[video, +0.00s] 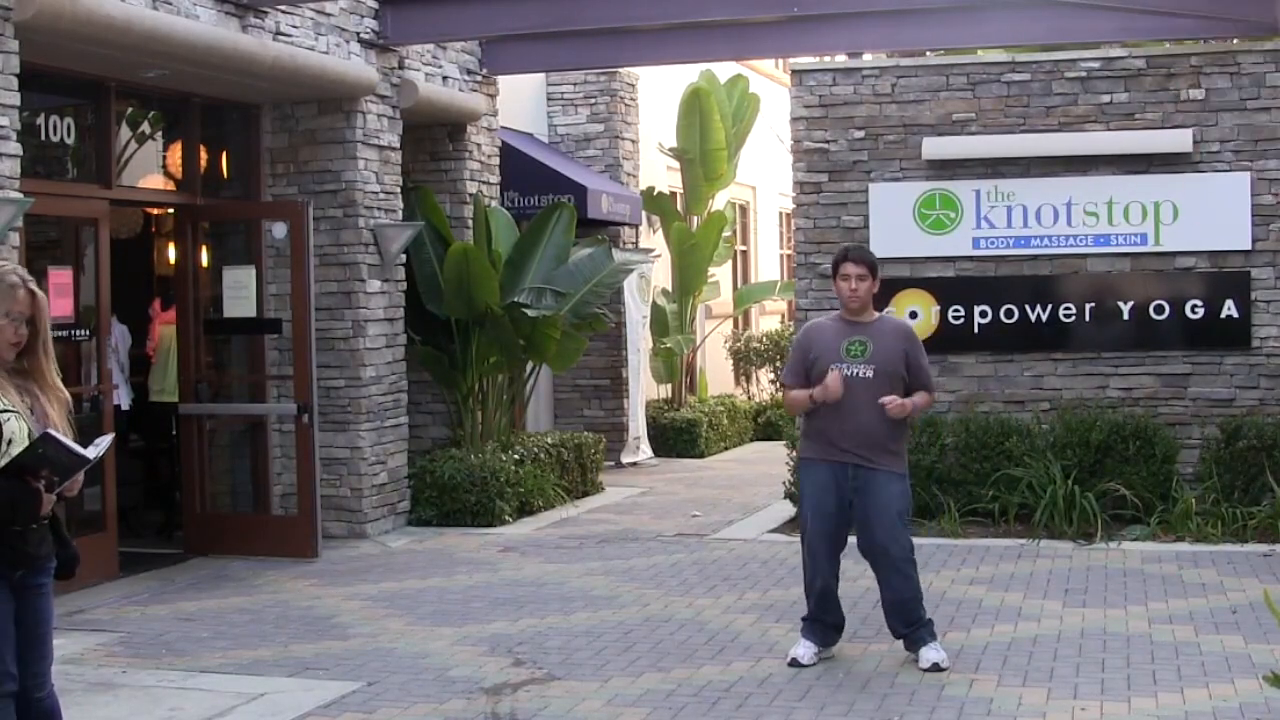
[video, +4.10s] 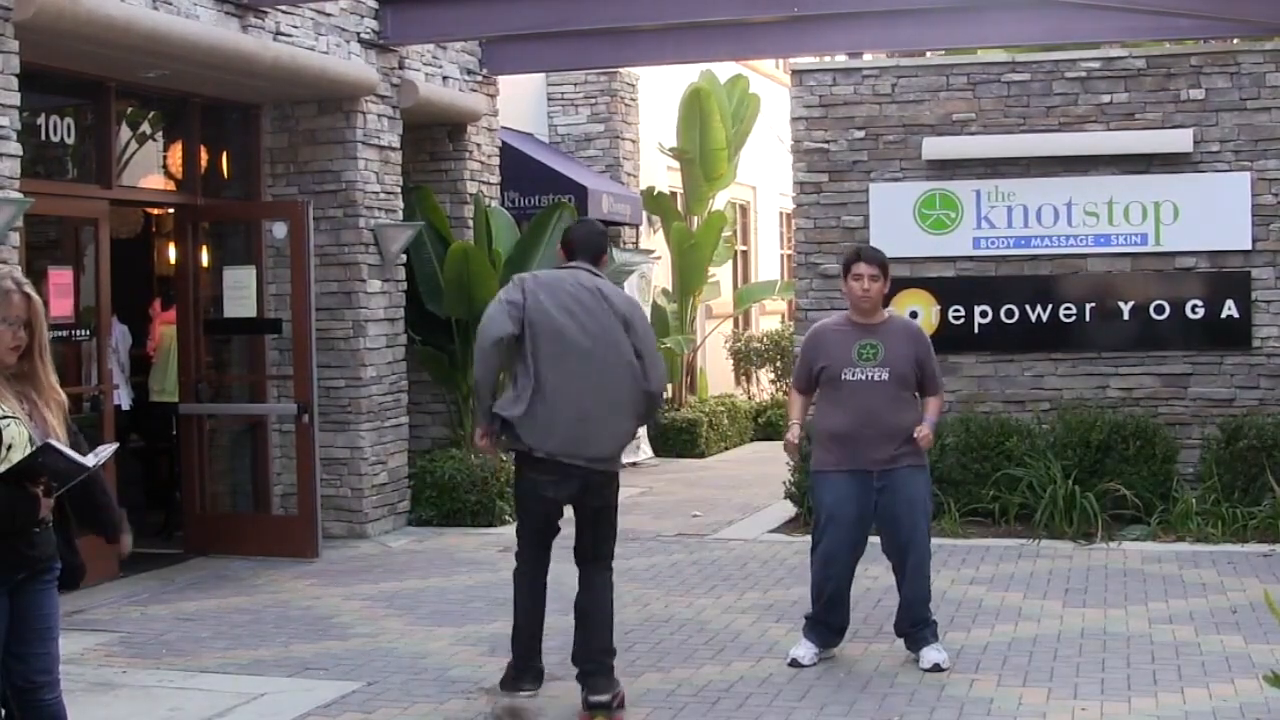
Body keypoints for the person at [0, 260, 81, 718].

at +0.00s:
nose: (18, 331)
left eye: (25, 321)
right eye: (10, 319)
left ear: (33, 327)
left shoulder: (43, 388)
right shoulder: (5, 387)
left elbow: (62, 462)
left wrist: (69, 484)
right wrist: (31, 497)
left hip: (38, 552)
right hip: (3, 551)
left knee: (37, 684)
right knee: (6, 685)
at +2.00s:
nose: (16, 336)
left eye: (23, 326)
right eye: (7, 323)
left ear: (32, 330)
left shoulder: (41, 392)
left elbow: (63, 465)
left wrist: (69, 487)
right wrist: (29, 499)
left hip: (37, 561)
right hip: (3, 560)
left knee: (37, 690)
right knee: (12, 692)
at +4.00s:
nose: (12, 335)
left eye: (20, 324)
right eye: (5, 322)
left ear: (32, 331)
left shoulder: (38, 394)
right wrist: (22, 504)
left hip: (34, 565)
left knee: (40, 699)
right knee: (17, 700)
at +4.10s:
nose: (18, 335)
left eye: (25, 325)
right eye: (8, 323)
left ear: (34, 331)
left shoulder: (41, 394)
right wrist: (26, 504)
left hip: (36, 562)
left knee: (40, 696)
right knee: (15, 698)